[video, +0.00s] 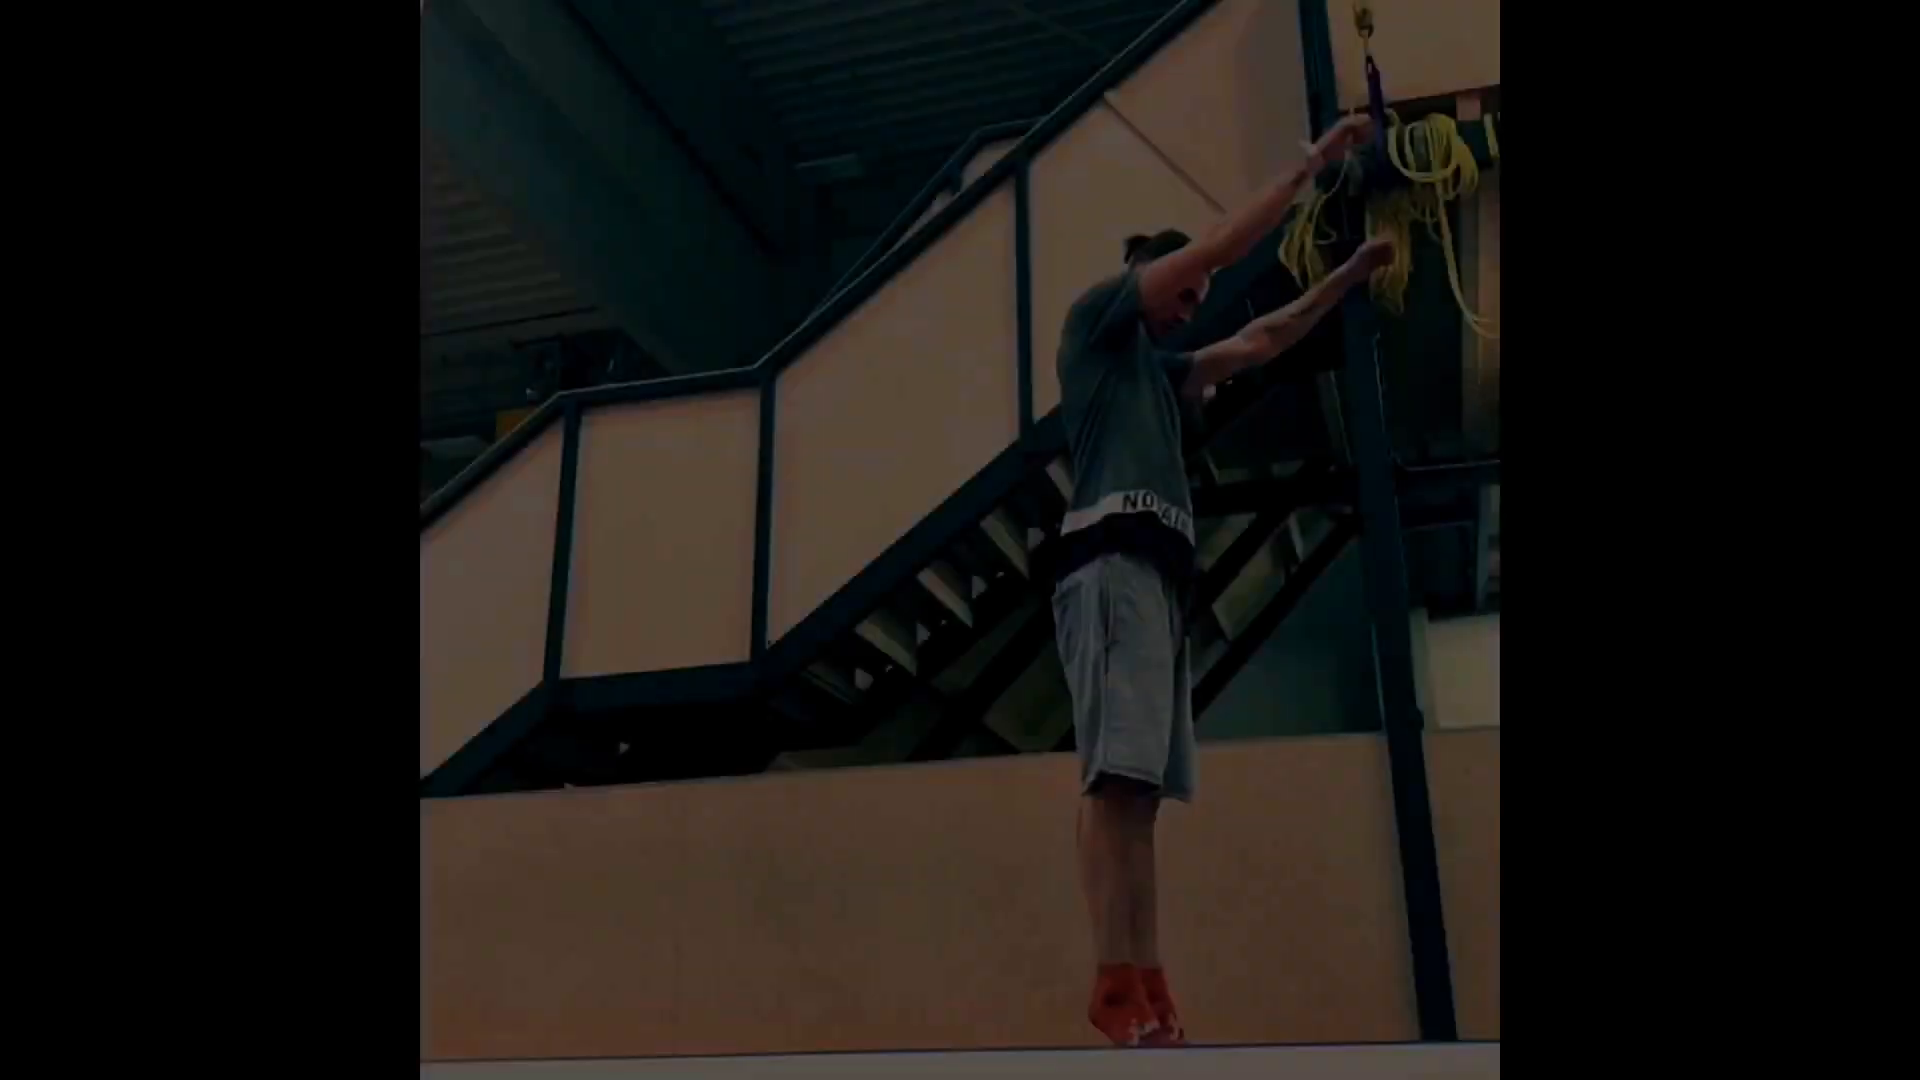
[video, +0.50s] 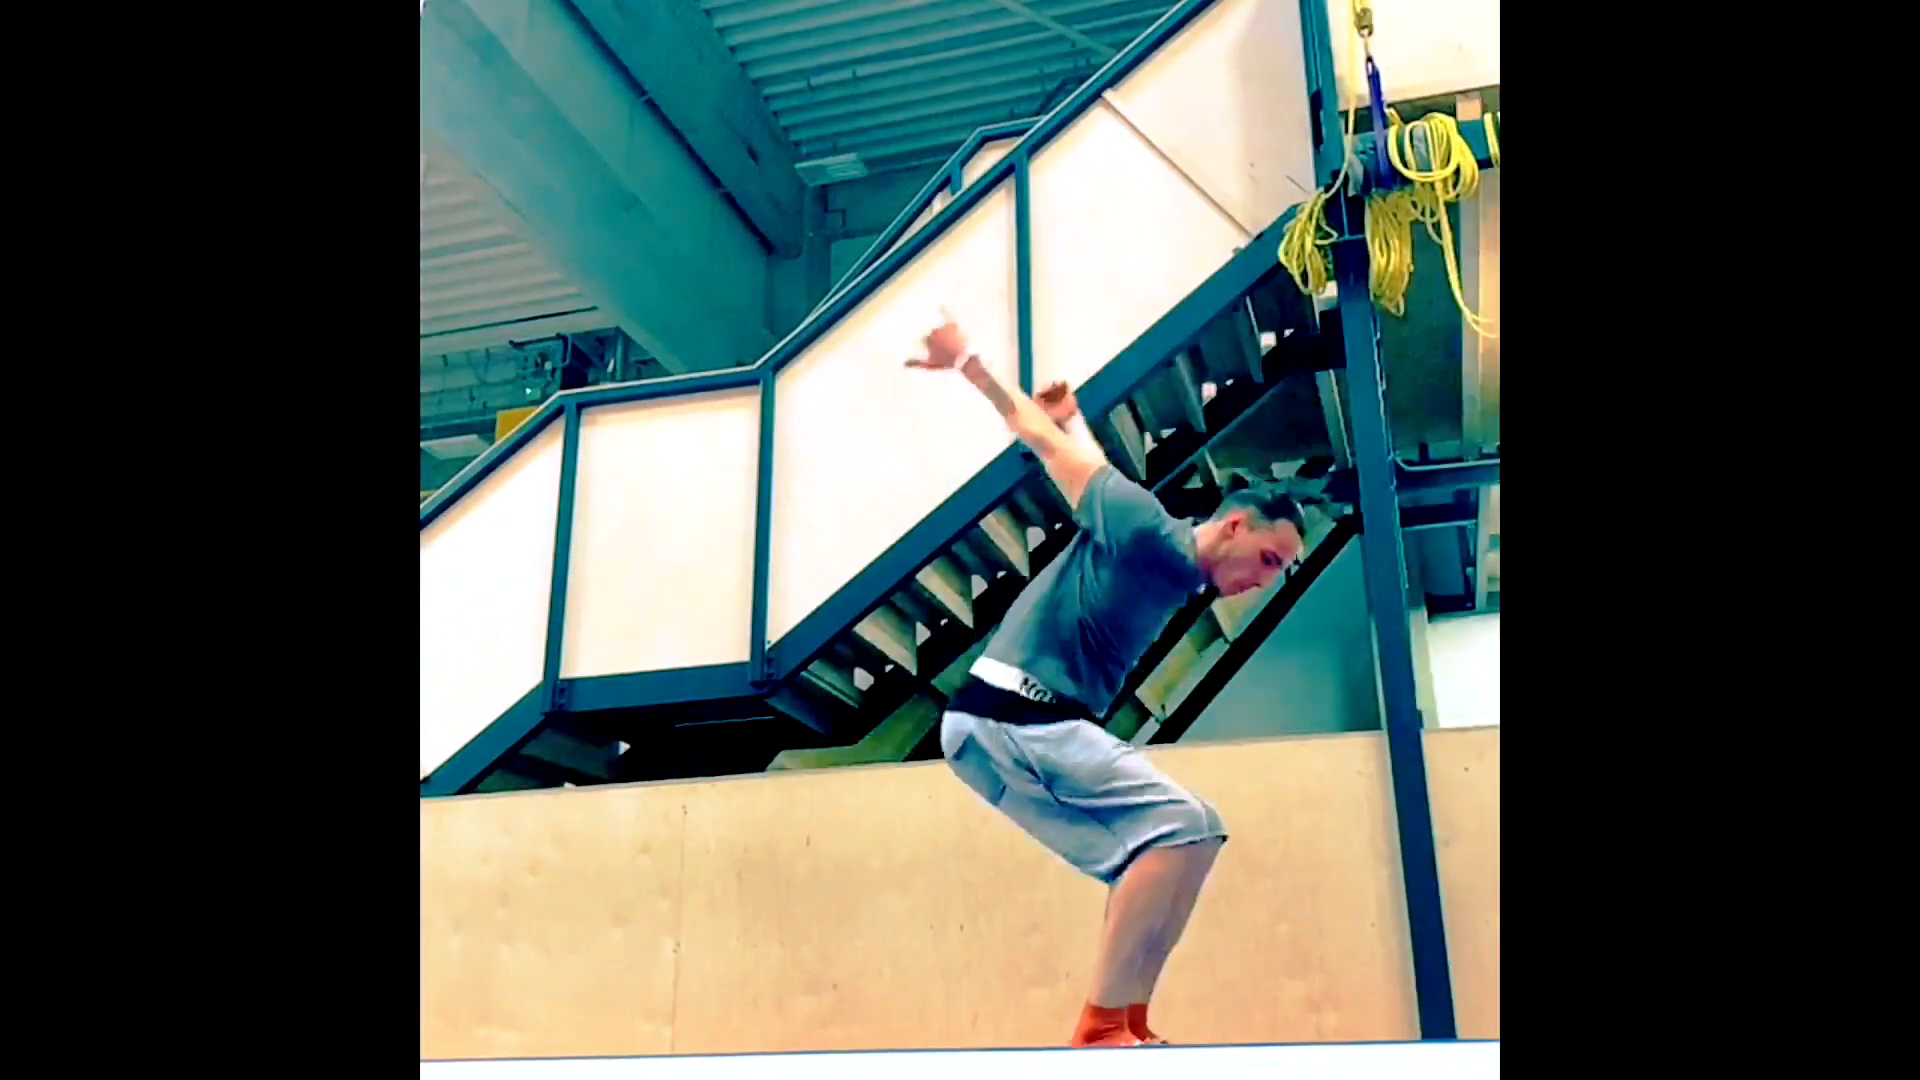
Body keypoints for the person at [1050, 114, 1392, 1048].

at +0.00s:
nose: (1193, 305)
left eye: (1196, 294)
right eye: (1185, 287)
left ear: (1167, 298)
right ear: (1144, 273)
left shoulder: (1159, 367)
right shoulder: (1094, 319)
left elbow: (1261, 339)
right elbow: (1215, 247)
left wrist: (1346, 276)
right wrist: (1313, 162)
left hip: (1155, 576)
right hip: (1108, 568)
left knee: (1143, 788)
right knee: (1116, 779)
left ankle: (1148, 987)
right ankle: (1114, 989)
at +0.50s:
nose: (1264, 580)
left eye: (1277, 572)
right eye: (1266, 559)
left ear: (1240, 538)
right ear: (1231, 523)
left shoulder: (1179, 570)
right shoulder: (1144, 530)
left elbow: (1099, 478)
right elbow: (1044, 441)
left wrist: (1069, 425)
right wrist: (968, 363)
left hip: (1044, 725)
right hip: (1007, 716)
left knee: (1197, 837)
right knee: (1173, 829)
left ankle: (1128, 1027)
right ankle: (1101, 1029)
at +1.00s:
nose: (1112, 409)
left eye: (1110, 399)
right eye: (1099, 396)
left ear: (1069, 402)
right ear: (1057, 394)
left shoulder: (1081, 489)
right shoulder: (1037, 445)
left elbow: (1201, 467)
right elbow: (1171, 395)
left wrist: (1270, 391)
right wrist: (1272, 317)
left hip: (1037, 702)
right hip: (1013, 699)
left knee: (1176, 848)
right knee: (1174, 841)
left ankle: (1118, 1042)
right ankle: (1108, 1041)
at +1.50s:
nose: (1047, 342)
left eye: (1049, 334)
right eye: (1036, 328)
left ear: (1039, 355)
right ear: (1004, 336)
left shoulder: (1035, 417)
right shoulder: (985, 385)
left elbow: (1092, 351)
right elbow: (1031, 256)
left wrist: (1119, 272)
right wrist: (1044, 149)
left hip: (1076, 628)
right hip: (1044, 625)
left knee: (1190, 810)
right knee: (1155, 804)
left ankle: (1135, 1015)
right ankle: (1110, 1018)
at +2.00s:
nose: (998, 310)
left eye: (997, 303)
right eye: (982, 300)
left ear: (983, 320)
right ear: (938, 306)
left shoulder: (1007, 377)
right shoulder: (929, 349)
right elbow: (877, 226)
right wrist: (823, 139)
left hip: (1136, 530)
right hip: (1090, 522)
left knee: (1186, 731)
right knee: (1139, 722)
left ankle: (1172, 934)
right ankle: (1140, 940)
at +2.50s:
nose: (949, 293)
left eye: (947, 286)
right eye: (932, 287)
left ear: (937, 302)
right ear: (896, 306)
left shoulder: (973, 358)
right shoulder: (895, 347)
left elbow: (917, 411)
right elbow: (788, 263)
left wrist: (896, 410)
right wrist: (684, 214)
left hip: (1157, 443)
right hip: (1105, 437)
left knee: (1241, 626)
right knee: (1194, 602)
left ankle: (1189, 809)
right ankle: (1146, 800)